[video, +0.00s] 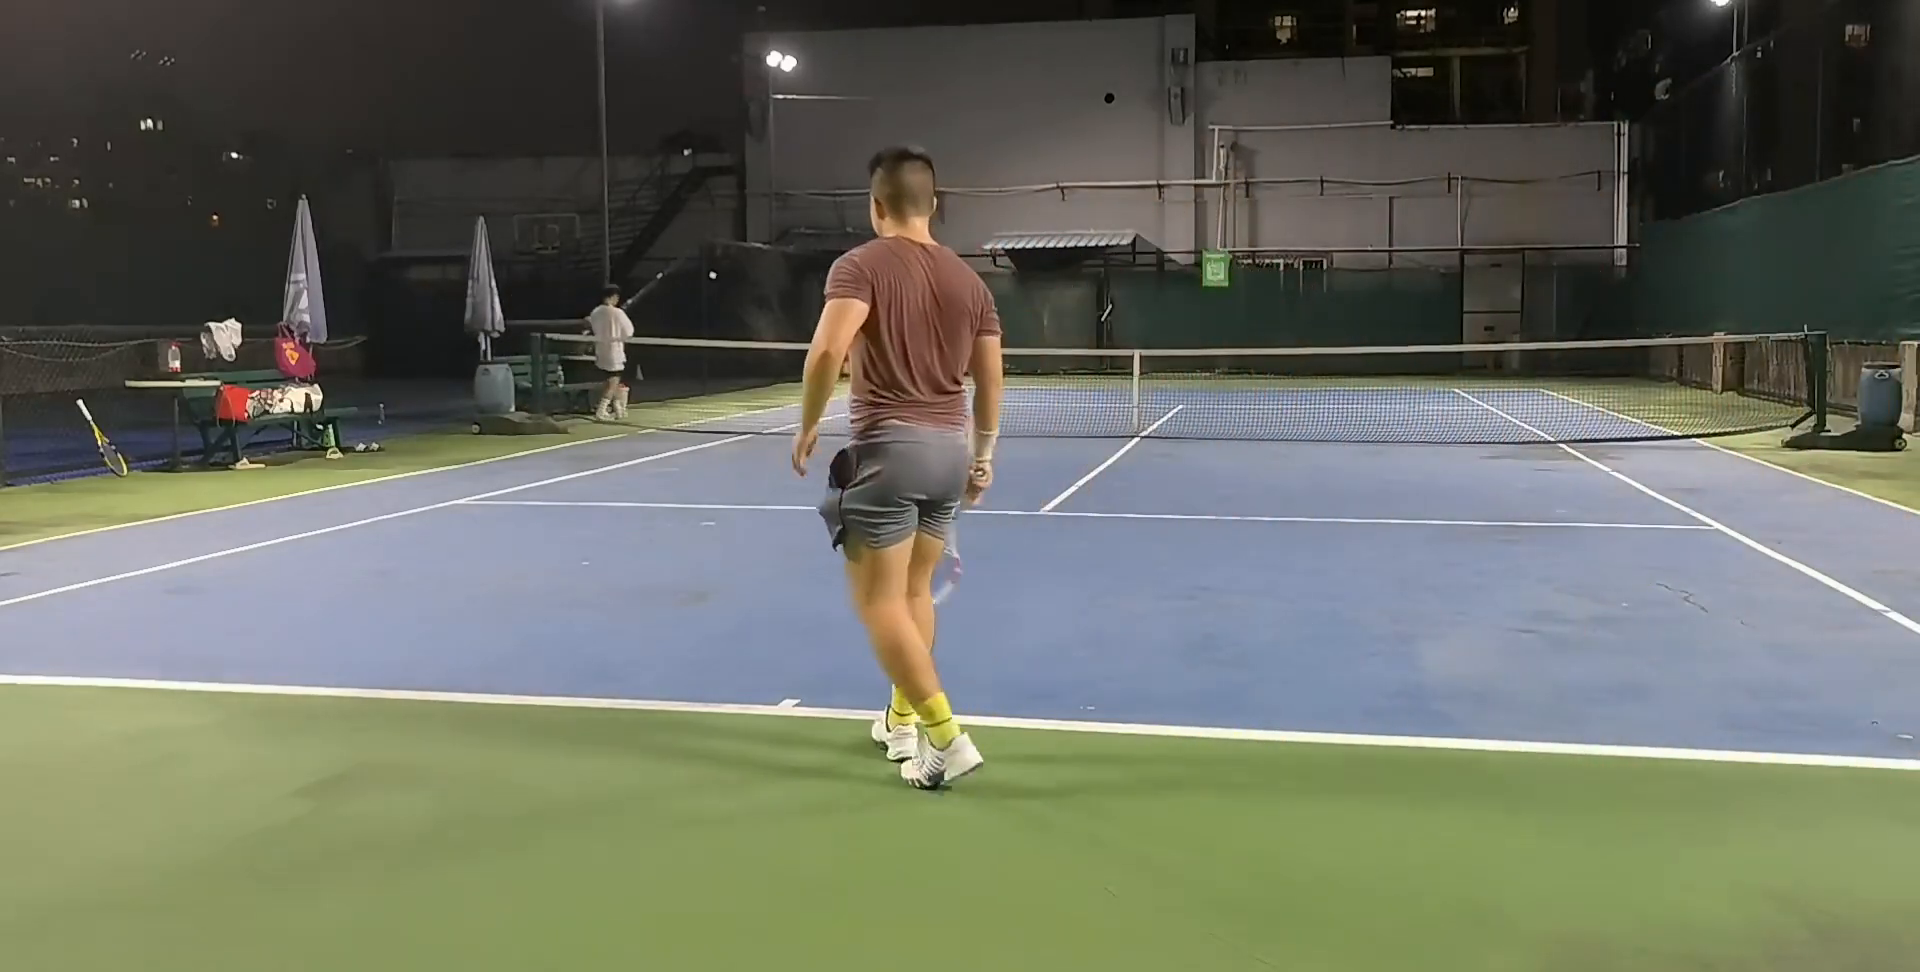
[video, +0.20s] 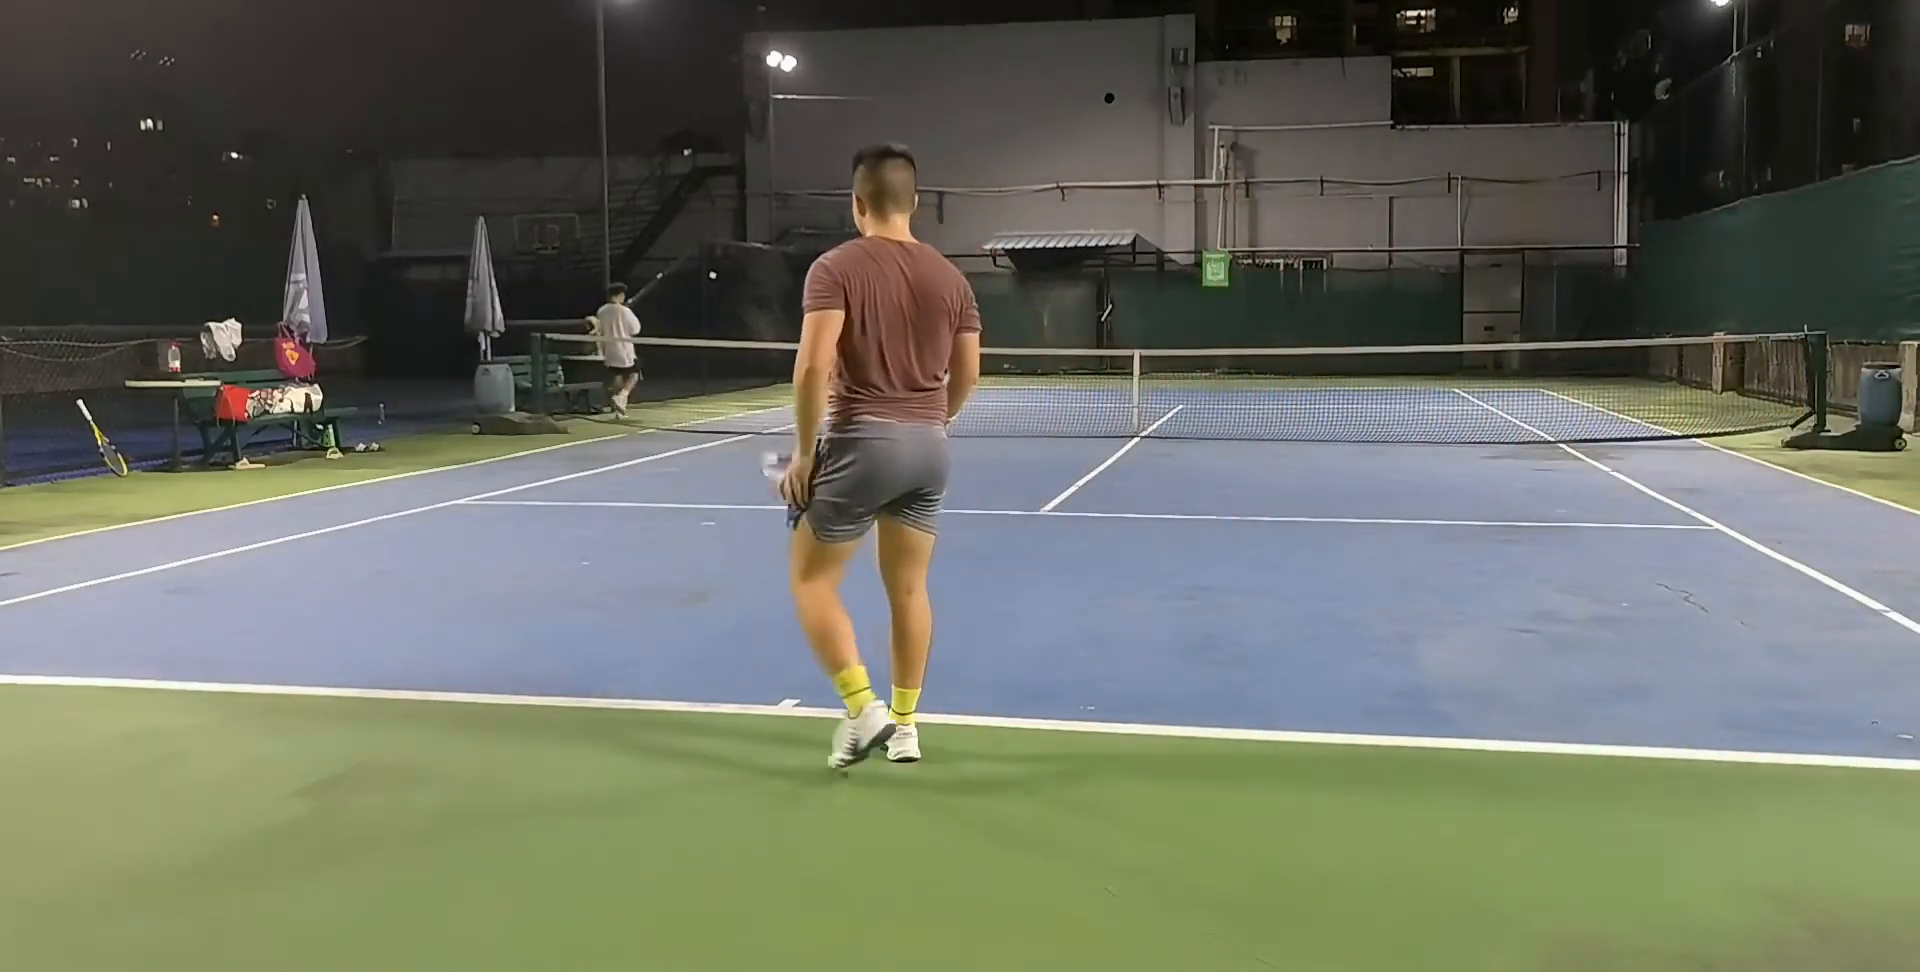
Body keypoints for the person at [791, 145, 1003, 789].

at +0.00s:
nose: (869, 211)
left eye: (869, 203)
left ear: (876, 206)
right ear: (934, 205)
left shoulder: (861, 263)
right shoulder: (967, 279)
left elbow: (829, 352)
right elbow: (990, 377)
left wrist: (809, 426)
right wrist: (984, 448)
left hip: (886, 446)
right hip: (952, 448)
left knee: (880, 602)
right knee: (918, 589)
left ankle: (948, 741)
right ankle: (901, 723)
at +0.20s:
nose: (854, 209)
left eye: (853, 201)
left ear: (858, 204)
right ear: (914, 203)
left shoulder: (834, 268)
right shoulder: (950, 277)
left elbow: (814, 367)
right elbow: (965, 381)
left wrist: (806, 452)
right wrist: (929, 424)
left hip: (860, 441)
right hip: (929, 442)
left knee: (813, 578)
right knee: (910, 584)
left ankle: (861, 708)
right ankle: (903, 725)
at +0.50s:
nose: (803, 211)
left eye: (802, 203)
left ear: (805, 205)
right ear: (863, 203)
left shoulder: (781, 275)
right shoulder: (907, 276)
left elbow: (750, 372)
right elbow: (931, 367)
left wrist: (747, 439)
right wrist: (897, 410)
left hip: (807, 444)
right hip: (881, 443)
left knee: (782, 590)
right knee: (889, 588)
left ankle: (759, 738)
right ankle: (900, 725)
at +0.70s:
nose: (770, 215)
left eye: (767, 206)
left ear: (770, 206)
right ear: (829, 204)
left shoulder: (744, 278)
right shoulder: (874, 277)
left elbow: (708, 376)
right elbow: (902, 371)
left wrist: (722, 337)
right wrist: (866, 416)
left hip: (771, 438)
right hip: (846, 444)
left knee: (760, 592)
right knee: (869, 591)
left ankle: (755, 739)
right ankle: (896, 724)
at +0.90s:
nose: (760, 215)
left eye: (753, 205)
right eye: (805, 202)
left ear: (753, 206)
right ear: (812, 205)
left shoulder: (722, 279)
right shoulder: (850, 277)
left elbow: (688, 374)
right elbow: (884, 371)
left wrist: (726, 356)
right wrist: (851, 415)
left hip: (747, 441)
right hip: (825, 447)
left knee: (750, 593)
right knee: (855, 589)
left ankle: (756, 740)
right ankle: (885, 725)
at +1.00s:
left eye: (750, 204)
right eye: (808, 201)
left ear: (750, 207)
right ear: (809, 205)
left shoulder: (717, 281)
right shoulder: (844, 278)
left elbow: (688, 374)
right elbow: (880, 371)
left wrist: (732, 360)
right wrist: (849, 418)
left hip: (742, 442)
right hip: (821, 448)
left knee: (748, 592)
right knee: (854, 589)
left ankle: (755, 739)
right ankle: (884, 727)